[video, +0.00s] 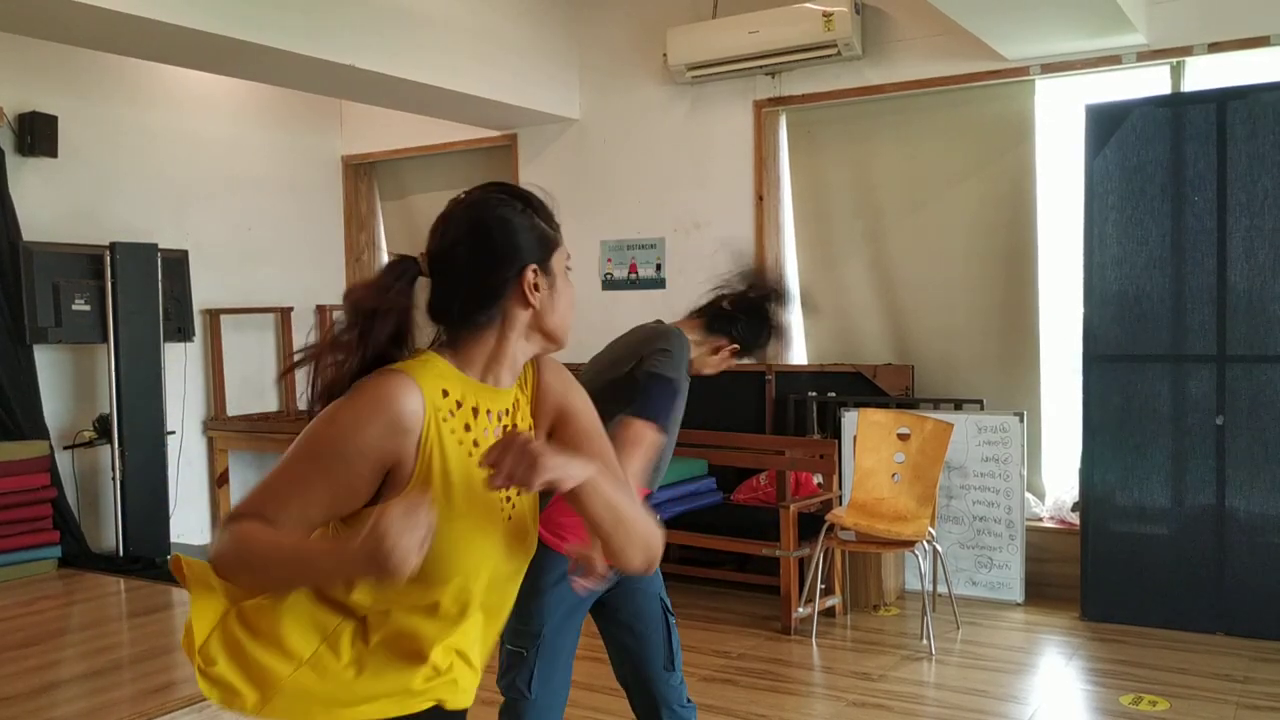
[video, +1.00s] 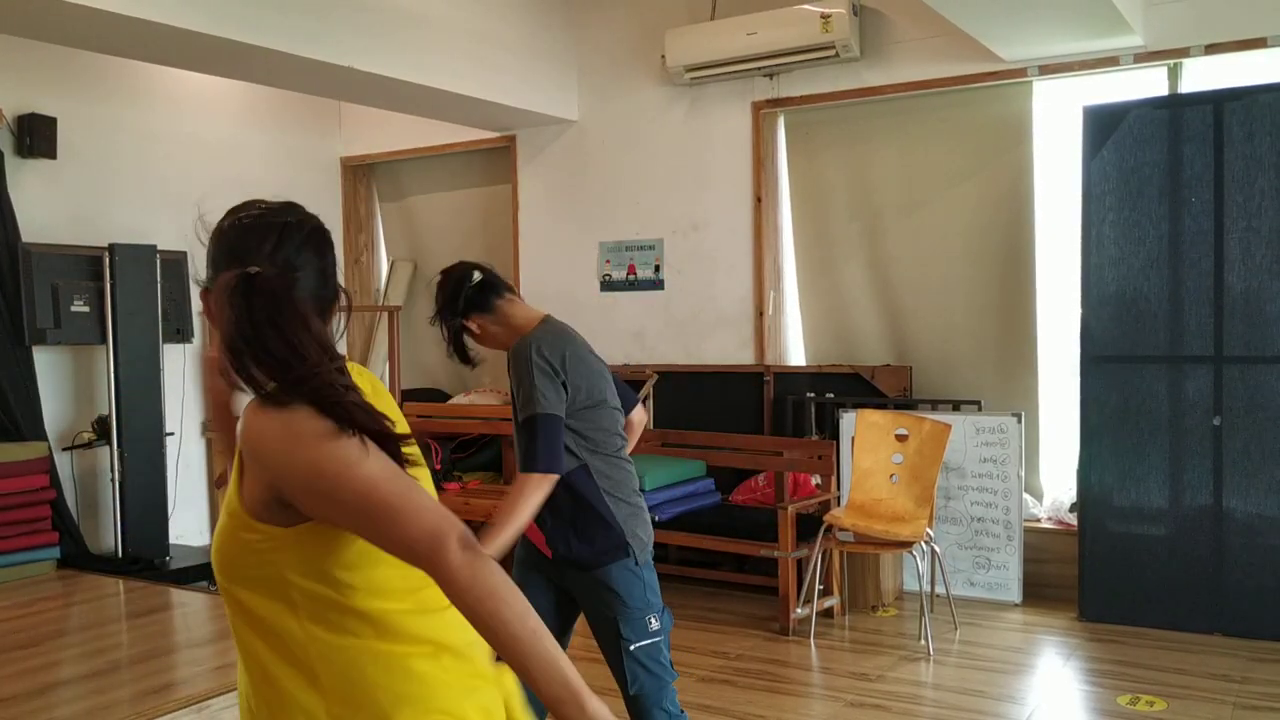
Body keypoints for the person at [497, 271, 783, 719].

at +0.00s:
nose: (719, 372)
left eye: (728, 366)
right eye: (730, 364)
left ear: (700, 316)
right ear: (725, 348)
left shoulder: (649, 340)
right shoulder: (668, 351)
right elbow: (633, 442)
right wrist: (605, 540)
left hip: (622, 546)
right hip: (564, 544)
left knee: (663, 695)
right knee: (534, 700)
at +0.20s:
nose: (734, 362)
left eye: (745, 354)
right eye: (739, 346)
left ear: (711, 317)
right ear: (712, 317)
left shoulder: (665, 358)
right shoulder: (647, 345)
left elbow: (690, 444)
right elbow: (681, 457)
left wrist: (791, 449)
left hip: (628, 542)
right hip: (571, 540)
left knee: (666, 698)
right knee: (535, 696)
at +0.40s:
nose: (695, 304)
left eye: (710, 294)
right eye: (685, 287)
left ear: (722, 299)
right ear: (661, 283)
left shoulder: (684, 374)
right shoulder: (623, 338)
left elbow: (656, 462)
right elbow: (591, 444)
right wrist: (685, 460)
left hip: (641, 540)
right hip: (572, 537)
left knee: (668, 690)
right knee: (538, 687)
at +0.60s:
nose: (611, 275)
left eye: (624, 263)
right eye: (601, 263)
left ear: (656, 270)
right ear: (590, 272)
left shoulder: (684, 360)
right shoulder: (556, 347)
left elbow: (742, 454)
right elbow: (509, 430)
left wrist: (798, 533)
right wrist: (500, 519)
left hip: (643, 551)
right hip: (556, 549)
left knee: (674, 702)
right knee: (525, 695)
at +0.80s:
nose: (479, 333)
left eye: (472, 323)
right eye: (472, 323)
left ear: (481, 322)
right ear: (520, 287)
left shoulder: (560, 357)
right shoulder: (538, 352)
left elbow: (635, 439)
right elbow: (564, 441)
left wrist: (685, 526)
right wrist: (502, 439)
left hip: (619, 543)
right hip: (554, 536)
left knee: (662, 692)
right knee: (529, 679)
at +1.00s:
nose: (477, 345)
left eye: (469, 336)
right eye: (471, 338)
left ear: (473, 324)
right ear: (512, 293)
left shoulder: (534, 350)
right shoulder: (558, 338)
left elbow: (541, 469)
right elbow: (635, 412)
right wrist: (600, 481)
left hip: (608, 541)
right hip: (550, 539)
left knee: (649, 693)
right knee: (519, 680)